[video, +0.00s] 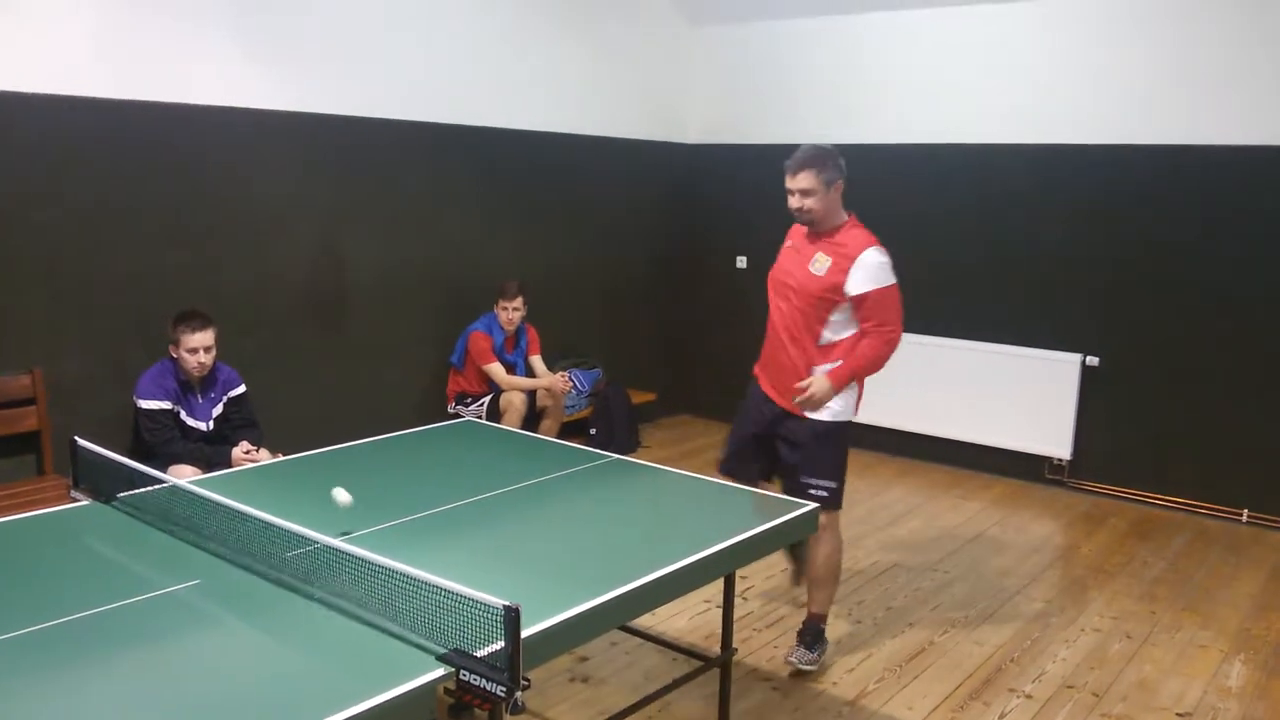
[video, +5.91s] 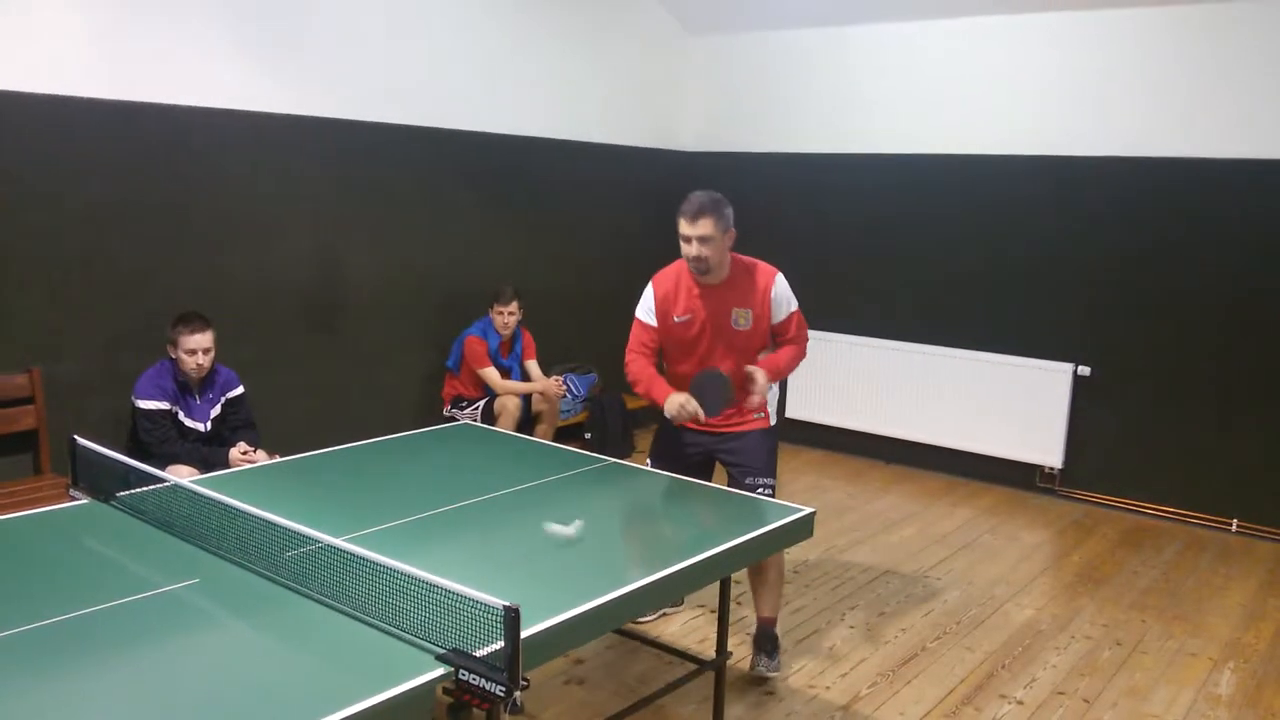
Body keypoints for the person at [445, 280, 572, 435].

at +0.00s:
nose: (510, 316)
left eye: (516, 310)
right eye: (504, 309)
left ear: (524, 311)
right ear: (496, 309)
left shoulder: (528, 333)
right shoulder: (479, 335)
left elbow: (542, 372)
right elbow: (504, 382)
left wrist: (556, 381)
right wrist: (548, 383)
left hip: (501, 396)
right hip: (465, 402)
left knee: (555, 397)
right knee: (517, 400)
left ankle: (541, 458)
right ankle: (503, 458)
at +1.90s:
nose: (515, 309)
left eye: (521, 303)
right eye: (509, 302)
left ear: (531, 304)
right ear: (501, 303)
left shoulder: (534, 326)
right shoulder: (486, 329)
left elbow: (549, 366)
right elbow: (511, 375)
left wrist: (563, 374)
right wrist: (553, 376)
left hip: (509, 387)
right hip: (473, 394)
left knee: (562, 391)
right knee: (523, 392)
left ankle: (547, 450)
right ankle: (511, 450)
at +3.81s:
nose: (515, 313)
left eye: (521, 307)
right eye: (510, 306)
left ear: (528, 308)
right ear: (500, 306)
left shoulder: (531, 329)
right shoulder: (483, 331)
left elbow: (545, 369)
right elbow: (507, 379)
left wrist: (559, 378)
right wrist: (551, 379)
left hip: (504, 391)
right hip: (469, 398)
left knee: (558, 393)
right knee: (519, 396)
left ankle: (545, 452)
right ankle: (507, 452)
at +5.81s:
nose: (502, 319)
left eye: (508, 313)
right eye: (497, 313)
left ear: (518, 314)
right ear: (488, 313)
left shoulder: (521, 337)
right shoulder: (471, 339)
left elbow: (536, 378)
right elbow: (496, 387)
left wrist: (550, 386)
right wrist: (541, 387)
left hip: (495, 398)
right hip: (459, 405)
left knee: (548, 401)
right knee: (509, 403)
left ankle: (537, 463)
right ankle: (497, 463)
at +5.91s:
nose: (505, 320)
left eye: (511, 314)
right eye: (500, 313)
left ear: (520, 315)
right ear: (491, 313)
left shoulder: (523, 337)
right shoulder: (474, 340)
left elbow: (538, 378)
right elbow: (499, 387)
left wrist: (552, 386)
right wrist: (542, 387)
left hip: (497, 400)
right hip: (461, 406)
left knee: (550, 401)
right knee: (511, 403)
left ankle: (537, 463)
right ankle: (498, 462)